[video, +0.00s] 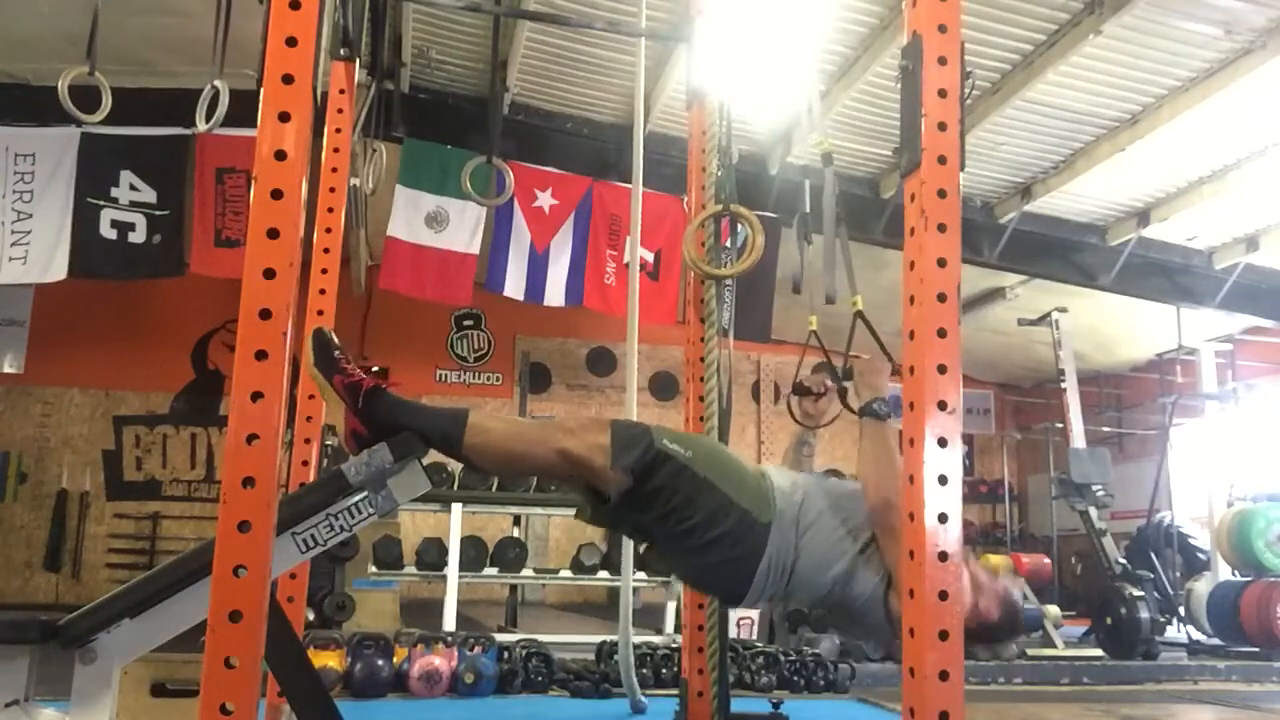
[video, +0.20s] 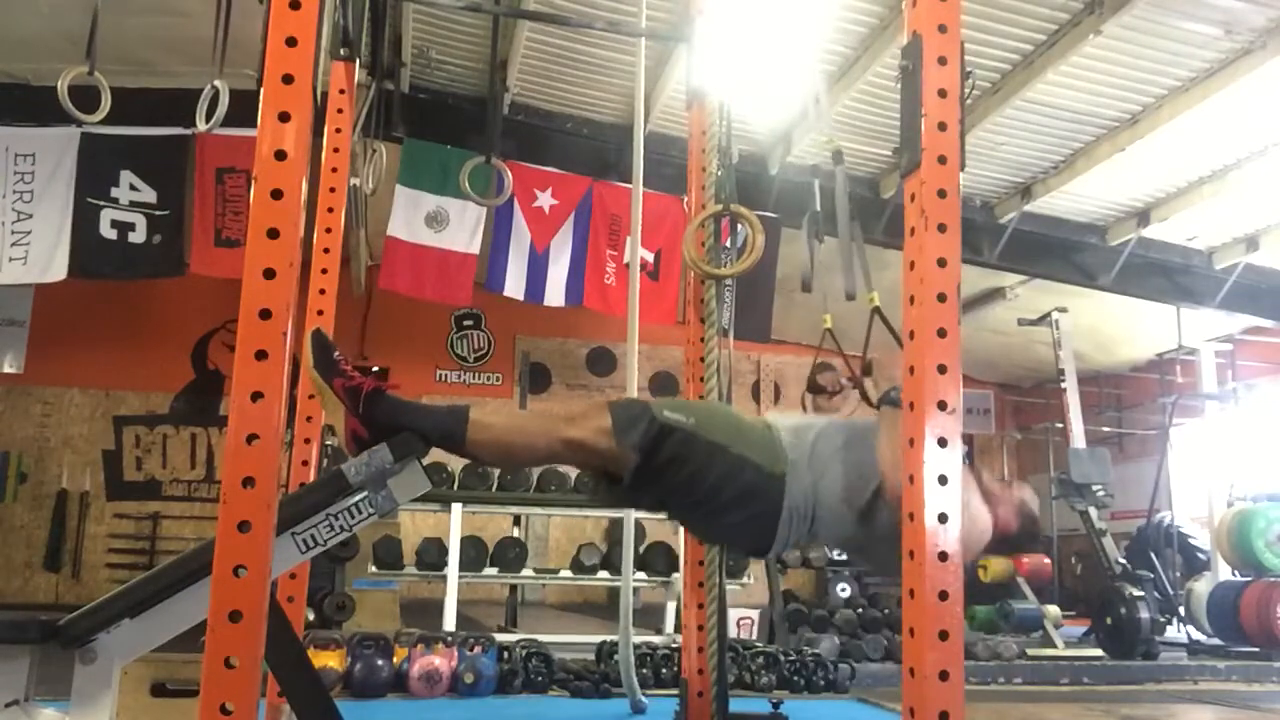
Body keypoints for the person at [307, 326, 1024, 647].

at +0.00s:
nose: (979, 579)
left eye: (988, 599)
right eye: (992, 577)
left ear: (972, 625)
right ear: (981, 565)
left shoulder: (927, 622)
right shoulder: (921, 562)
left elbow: (894, 519)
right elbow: (867, 510)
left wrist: (883, 419)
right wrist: (847, 436)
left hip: (761, 541)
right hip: (756, 508)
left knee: (593, 446)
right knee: (581, 449)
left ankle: (385, 409)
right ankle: (393, 424)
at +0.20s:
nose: (1002, 497)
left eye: (1012, 509)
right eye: (1011, 493)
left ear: (1001, 534)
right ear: (998, 485)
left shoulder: (949, 538)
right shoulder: (949, 486)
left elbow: (904, 496)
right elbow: (886, 448)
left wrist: (934, 428)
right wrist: (909, 398)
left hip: (774, 490)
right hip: (762, 454)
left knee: (601, 424)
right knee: (590, 421)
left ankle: (389, 415)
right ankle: (392, 411)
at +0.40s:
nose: (1012, 425)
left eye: (1019, 439)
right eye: (1015, 422)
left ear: (1007, 470)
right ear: (998, 416)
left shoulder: (972, 471)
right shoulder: (950, 418)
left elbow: (917, 467)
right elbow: (891, 405)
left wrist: (908, 372)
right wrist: (885, 365)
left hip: (774, 447)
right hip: (761, 413)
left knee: (592, 410)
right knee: (587, 400)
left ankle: (385, 418)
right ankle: (392, 420)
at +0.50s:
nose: (998, 420)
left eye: (1007, 432)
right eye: (1004, 420)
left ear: (1000, 460)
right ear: (992, 420)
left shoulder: (967, 467)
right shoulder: (945, 417)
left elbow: (905, 470)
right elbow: (875, 377)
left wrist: (905, 380)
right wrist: (894, 364)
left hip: (771, 444)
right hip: (758, 411)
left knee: (590, 393)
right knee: (581, 391)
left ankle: (386, 422)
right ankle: (383, 415)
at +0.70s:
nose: (976, 454)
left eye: (988, 467)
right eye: (984, 448)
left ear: (979, 492)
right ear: (967, 437)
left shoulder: (926, 495)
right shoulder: (915, 442)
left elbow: (879, 473)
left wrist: (891, 385)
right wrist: (866, 375)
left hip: (746, 424)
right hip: (732, 448)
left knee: (569, 344)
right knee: (556, 364)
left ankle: (374, 417)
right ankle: (380, 418)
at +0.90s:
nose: (928, 418)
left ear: (942, 462)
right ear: (934, 436)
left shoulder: (891, 493)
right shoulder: (878, 443)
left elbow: (825, 480)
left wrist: (821, 389)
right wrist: (822, 363)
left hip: (683, 420)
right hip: (682, 408)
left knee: (514, 308)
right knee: (505, 333)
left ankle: (346, 421)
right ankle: (351, 409)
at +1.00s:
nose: (900, 430)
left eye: (911, 444)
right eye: (911, 429)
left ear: (902, 478)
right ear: (900, 429)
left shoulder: (850, 490)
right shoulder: (843, 440)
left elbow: (780, 473)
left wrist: (790, 391)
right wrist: (799, 380)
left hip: (644, 414)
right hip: (650, 389)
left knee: (486, 287)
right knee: (480, 310)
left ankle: (337, 420)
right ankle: (344, 414)